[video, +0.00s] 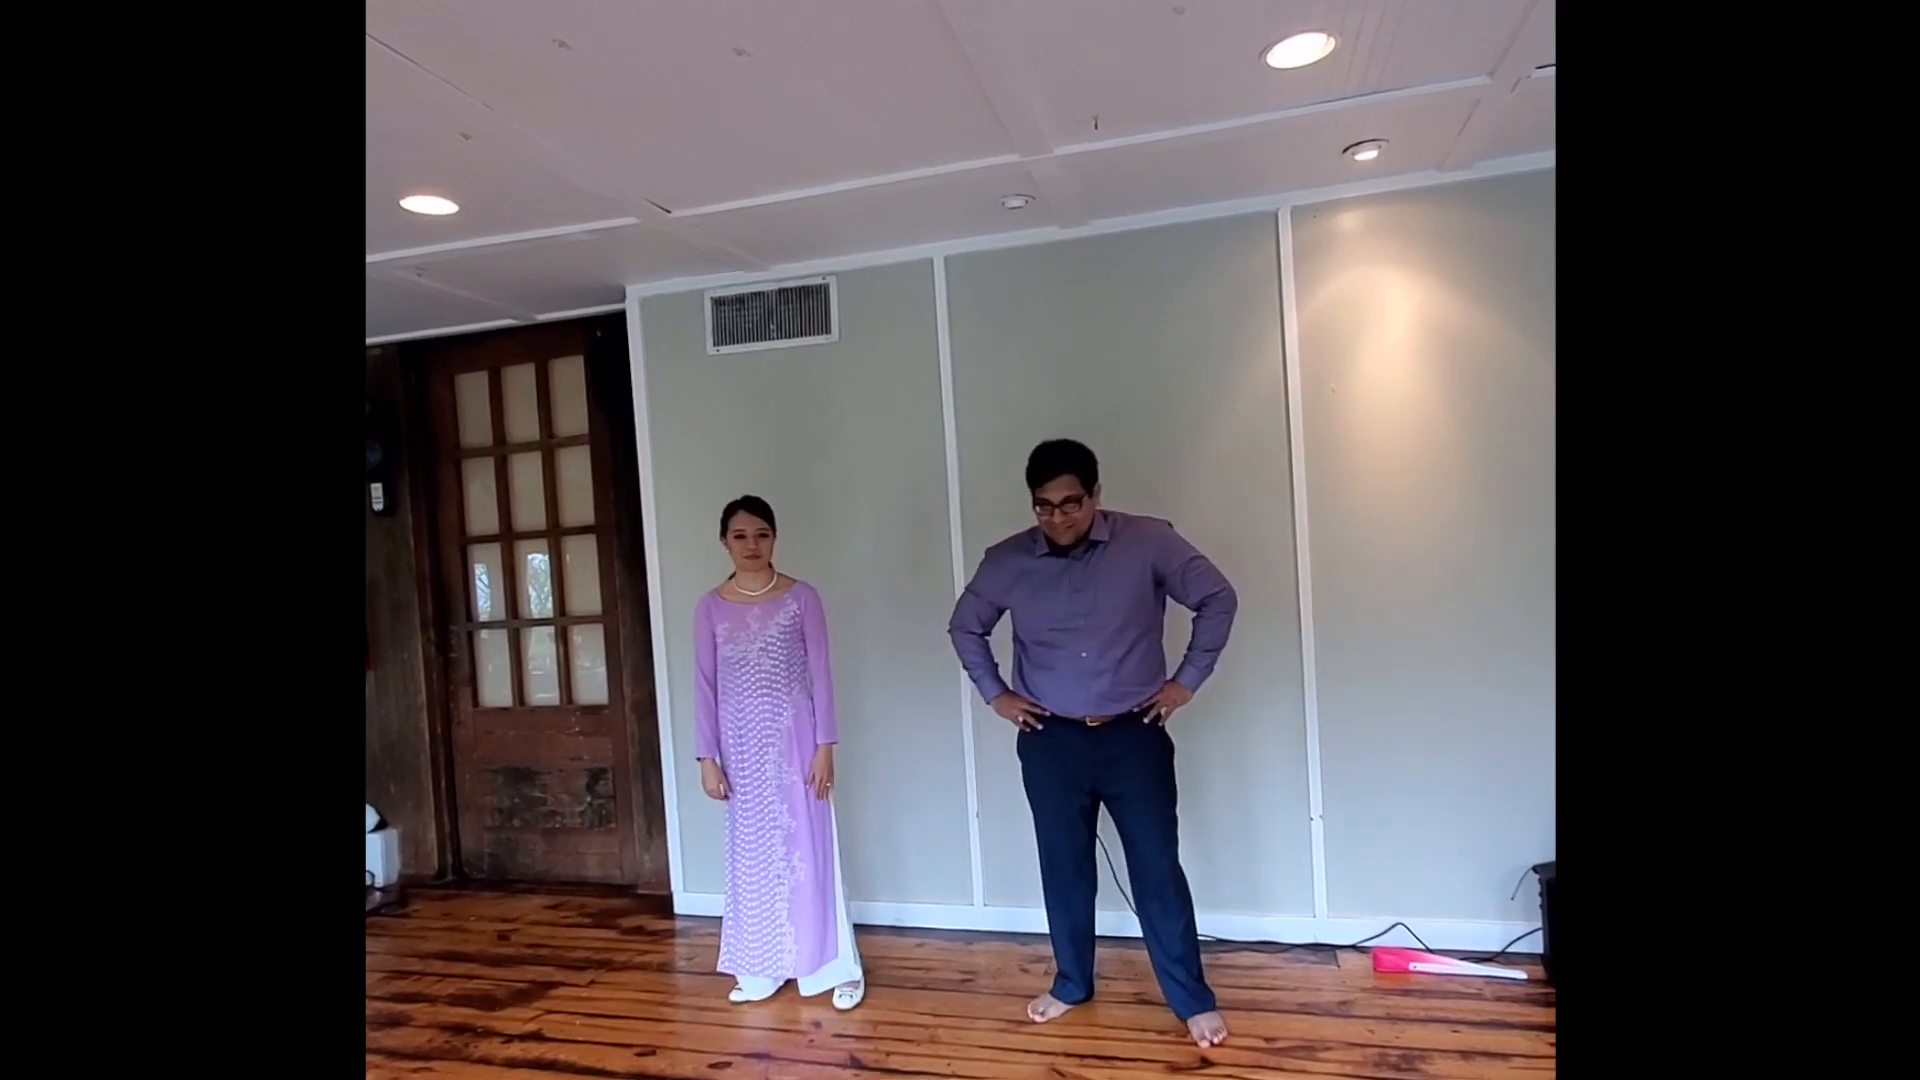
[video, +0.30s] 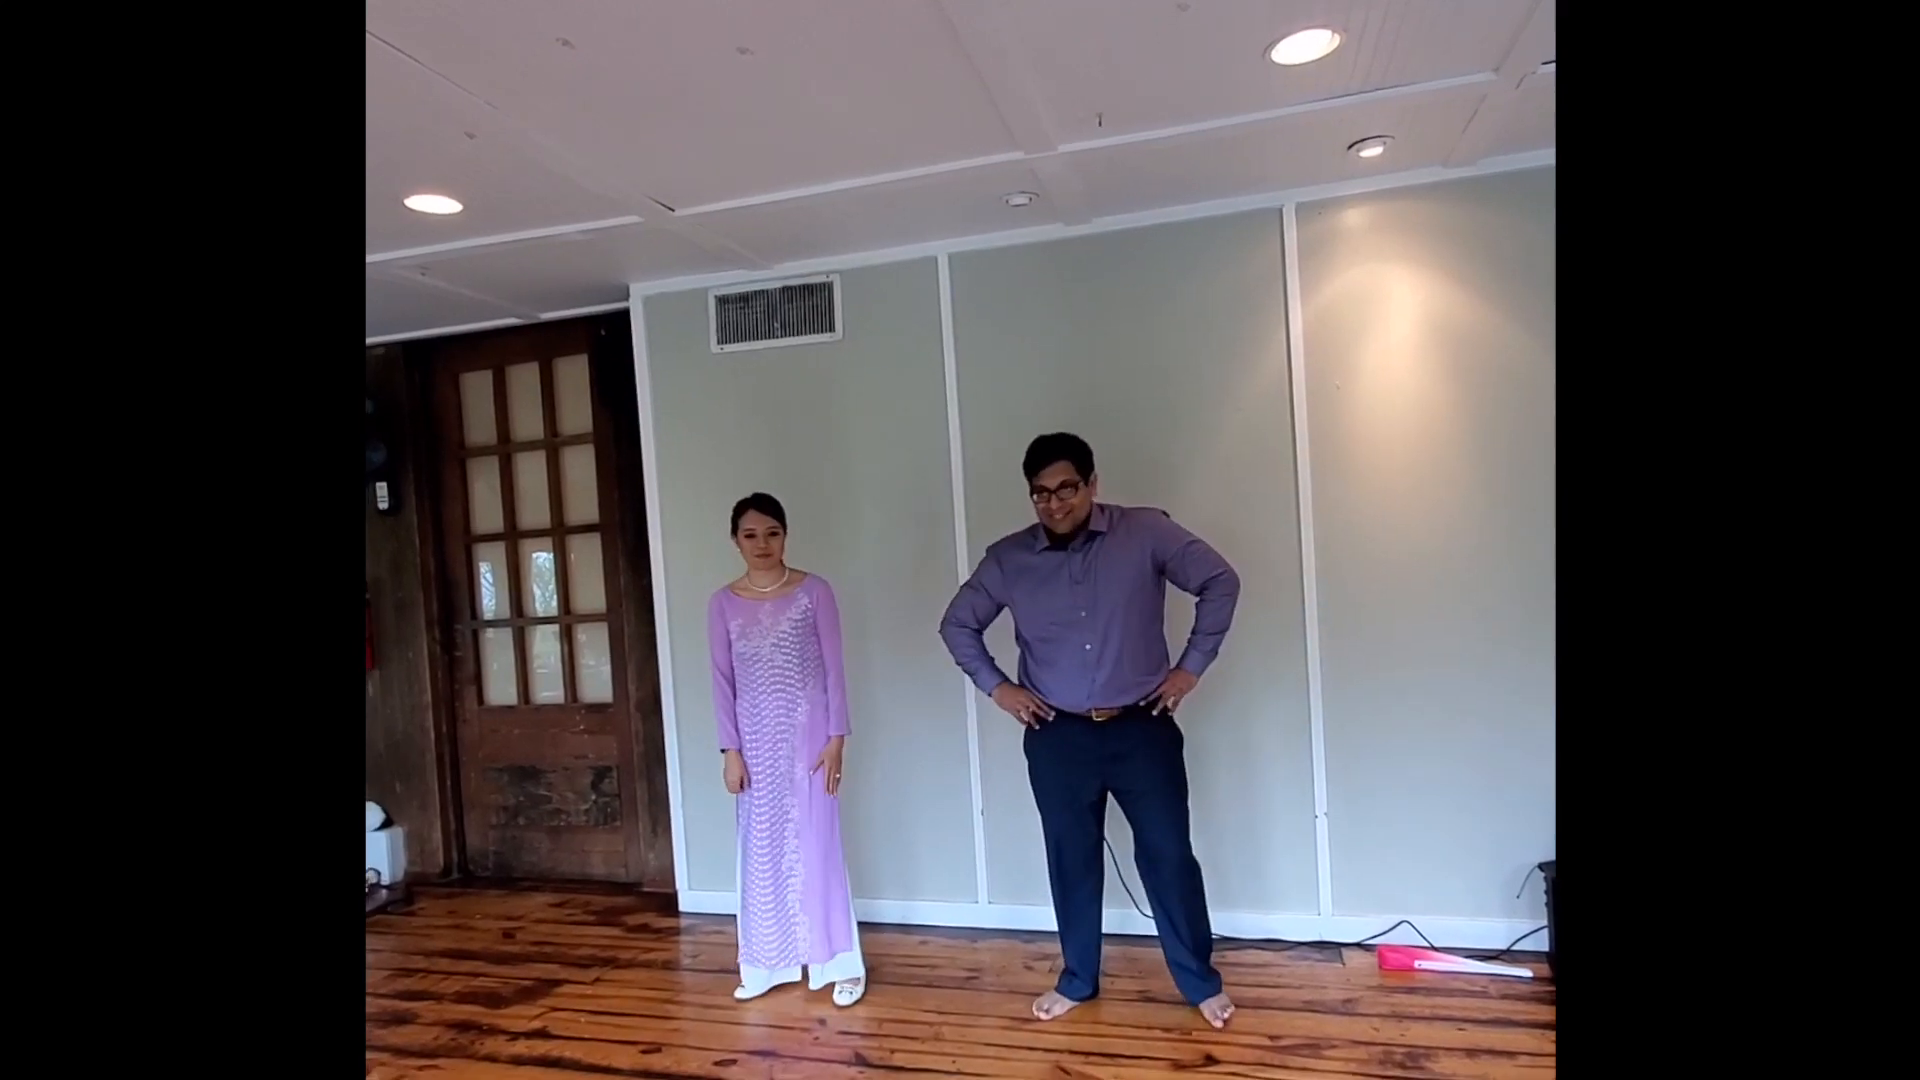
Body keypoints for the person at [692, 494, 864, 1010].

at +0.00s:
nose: (751, 544)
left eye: (761, 535)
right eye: (740, 536)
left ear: (775, 539)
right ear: (725, 542)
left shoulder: (802, 598)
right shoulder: (711, 607)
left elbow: (820, 677)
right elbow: (705, 686)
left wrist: (826, 746)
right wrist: (708, 755)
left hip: (795, 746)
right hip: (741, 752)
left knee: (810, 856)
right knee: (753, 858)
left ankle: (835, 968)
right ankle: (761, 969)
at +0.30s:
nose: (762, 543)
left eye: (771, 533)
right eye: (750, 535)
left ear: (785, 536)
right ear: (736, 541)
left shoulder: (814, 592)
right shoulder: (723, 603)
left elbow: (833, 670)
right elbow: (722, 682)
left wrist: (837, 736)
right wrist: (730, 748)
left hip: (808, 741)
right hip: (754, 746)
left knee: (817, 852)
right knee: (762, 855)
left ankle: (839, 964)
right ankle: (769, 963)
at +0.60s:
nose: (780, 547)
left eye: (790, 539)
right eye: (771, 540)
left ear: (811, 550)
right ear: (762, 554)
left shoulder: (840, 610)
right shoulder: (752, 619)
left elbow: (883, 679)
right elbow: (726, 694)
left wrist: (835, 668)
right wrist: (757, 667)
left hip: (834, 746)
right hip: (782, 749)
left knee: (835, 849)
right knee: (771, 846)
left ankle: (849, 962)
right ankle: (766, 954)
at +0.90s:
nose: (775, 541)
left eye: (786, 534)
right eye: (767, 534)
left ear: (806, 544)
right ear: (757, 545)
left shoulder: (827, 605)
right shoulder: (736, 606)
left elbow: (879, 664)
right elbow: (704, 675)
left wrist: (834, 693)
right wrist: (769, 702)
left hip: (819, 738)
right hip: (763, 741)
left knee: (824, 832)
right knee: (782, 844)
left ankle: (822, 943)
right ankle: (808, 956)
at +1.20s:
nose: (778, 583)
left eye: (789, 573)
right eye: (769, 572)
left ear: (807, 574)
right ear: (760, 575)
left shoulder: (829, 623)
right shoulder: (743, 624)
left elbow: (828, 692)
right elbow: (752, 687)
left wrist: (828, 753)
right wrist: (769, 737)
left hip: (811, 752)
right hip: (756, 754)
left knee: (847, 849)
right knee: (775, 863)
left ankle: (906, 969)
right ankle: (796, 963)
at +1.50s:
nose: (775, 549)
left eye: (785, 540)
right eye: (766, 541)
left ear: (806, 547)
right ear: (757, 550)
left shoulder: (831, 604)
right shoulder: (740, 610)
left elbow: (896, 627)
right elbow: (673, 643)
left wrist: (954, 614)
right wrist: (600, 635)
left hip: (824, 740)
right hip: (768, 744)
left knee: (842, 848)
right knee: (780, 854)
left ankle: (873, 951)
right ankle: (796, 960)